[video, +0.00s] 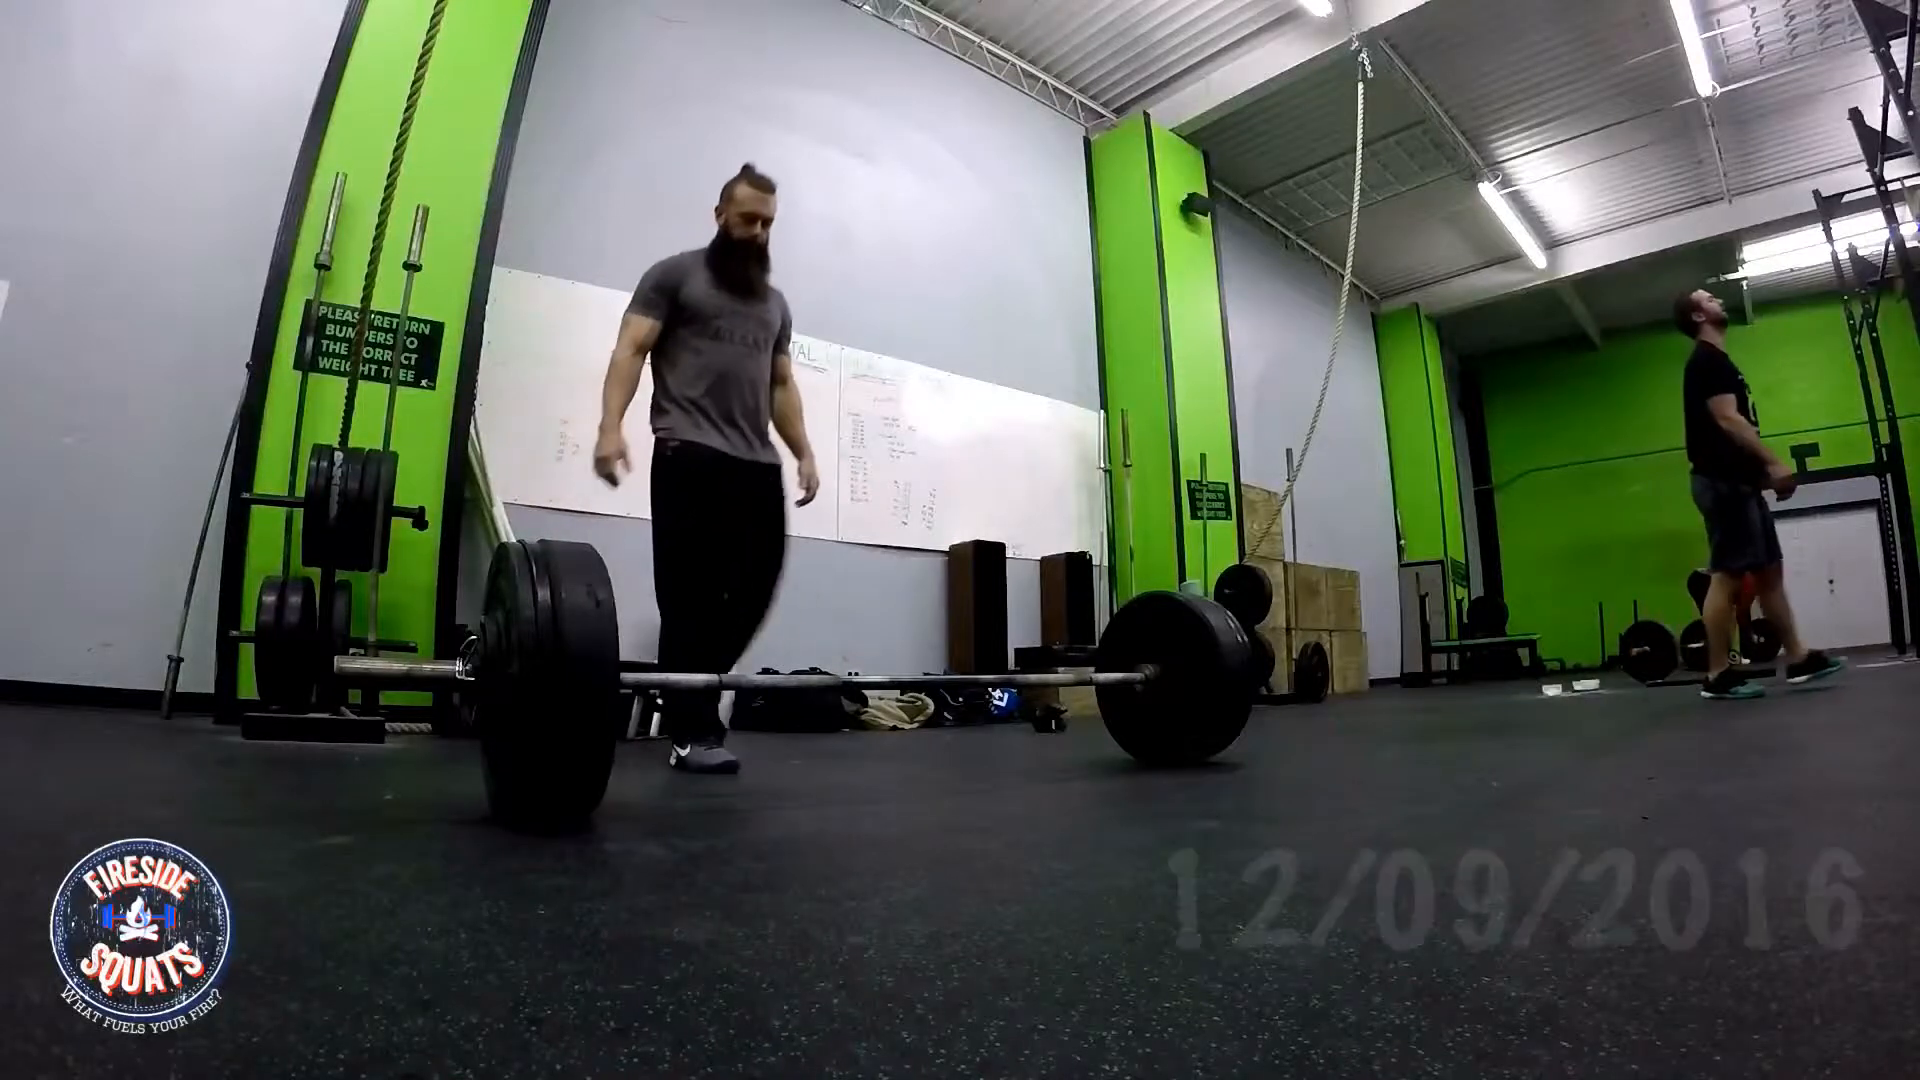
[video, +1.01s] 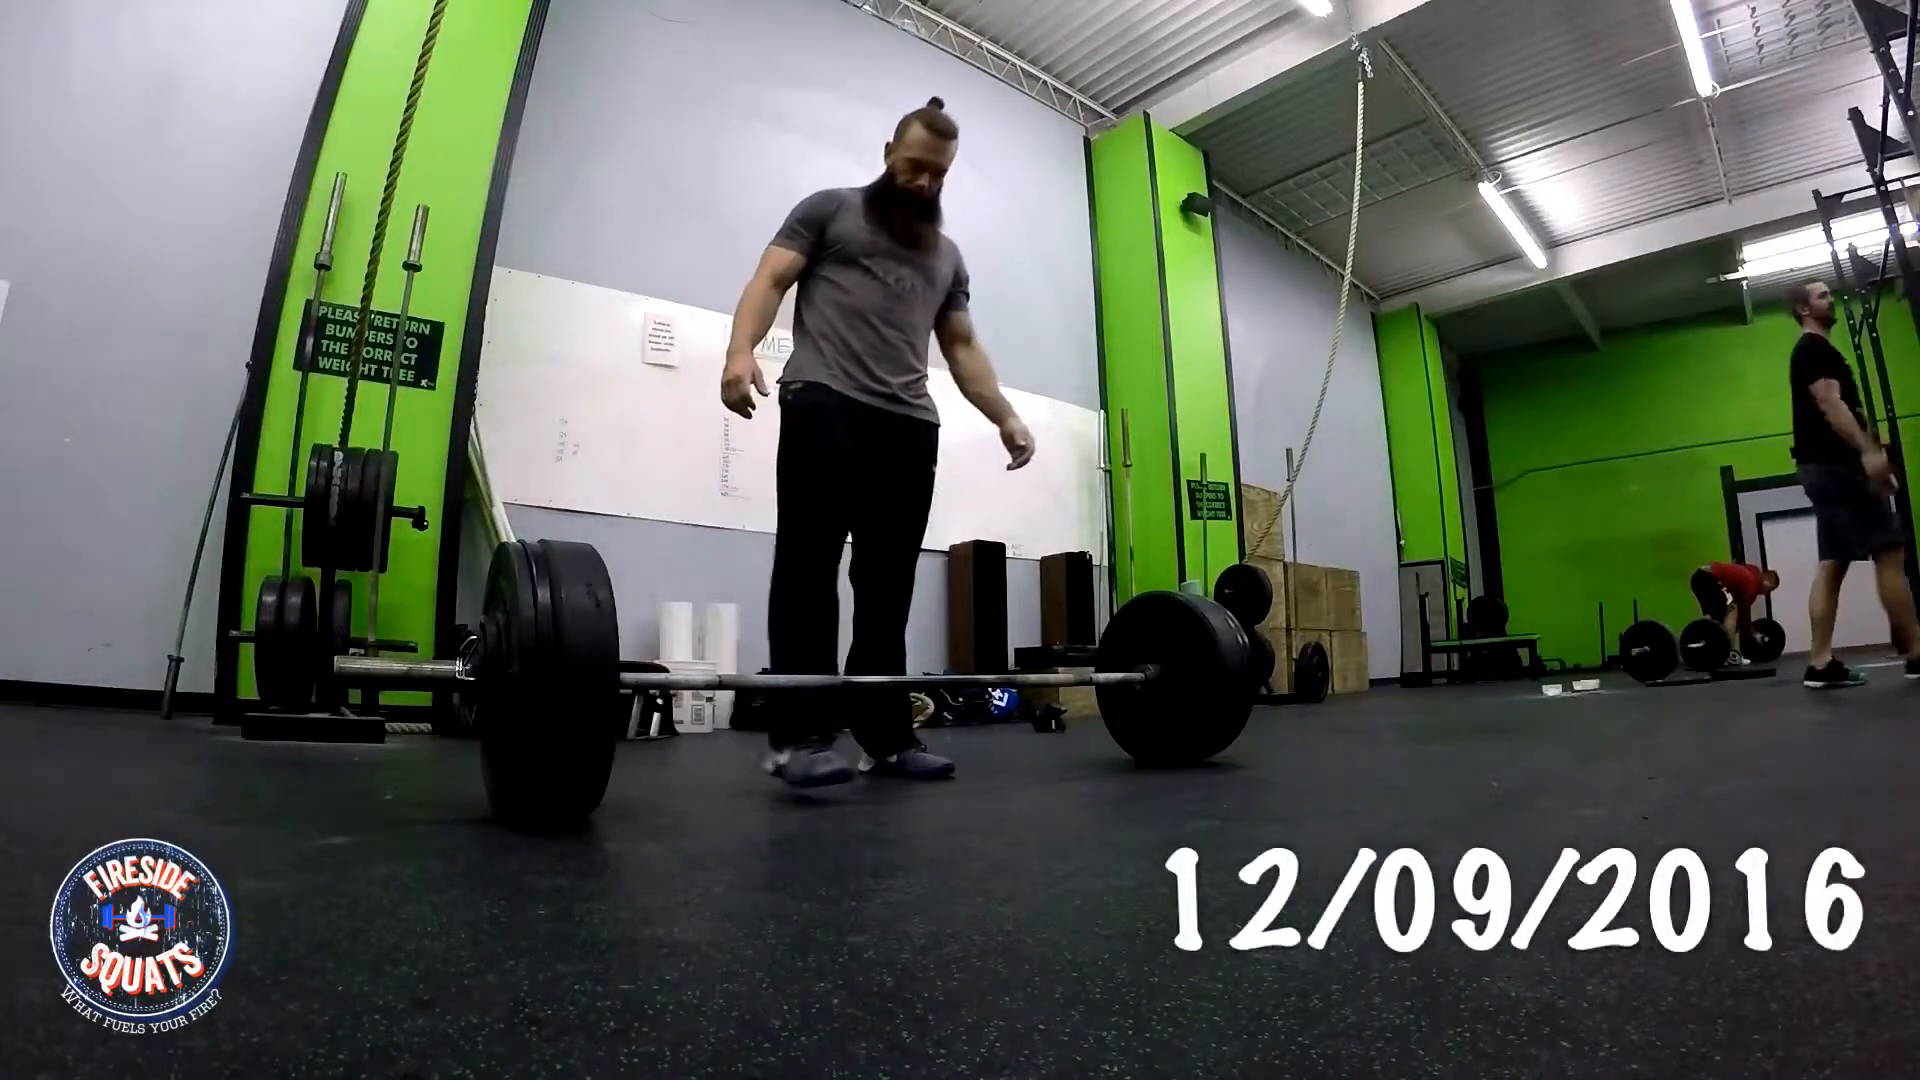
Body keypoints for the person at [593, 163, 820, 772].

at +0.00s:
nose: (757, 231)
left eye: (766, 222)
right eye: (747, 218)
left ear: (773, 224)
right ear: (720, 213)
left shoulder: (775, 304)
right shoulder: (673, 276)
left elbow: (781, 383)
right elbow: (630, 350)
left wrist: (804, 451)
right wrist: (610, 426)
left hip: (754, 464)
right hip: (687, 455)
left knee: (756, 583)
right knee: (692, 588)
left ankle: (686, 696)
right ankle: (693, 737)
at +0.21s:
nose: (784, 211)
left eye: (794, 201)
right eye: (774, 198)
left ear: (804, 203)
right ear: (749, 191)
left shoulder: (797, 285)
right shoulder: (699, 251)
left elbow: (804, 368)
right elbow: (651, 324)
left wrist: (834, 440)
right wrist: (663, 382)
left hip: (783, 451)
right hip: (706, 442)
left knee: (814, 577)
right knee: (702, 593)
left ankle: (800, 718)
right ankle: (694, 736)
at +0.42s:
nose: (829, 208)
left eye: (840, 199)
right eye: (820, 195)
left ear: (850, 201)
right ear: (794, 188)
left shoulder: (838, 285)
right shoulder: (741, 241)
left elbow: (841, 370)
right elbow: (689, 307)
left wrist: (867, 444)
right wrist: (693, 367)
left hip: (815, 456)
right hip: (735, 444)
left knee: (834, 604)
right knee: (717, 595)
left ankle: (883, 736)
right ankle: (698, 736)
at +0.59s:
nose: (880, 199)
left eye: (892, 191)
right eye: (871, 185)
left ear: (902, 196)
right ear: (847, 178)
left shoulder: (892, 278)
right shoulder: (790, 228)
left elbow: (895, 365)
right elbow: (733, 294)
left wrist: (916, 442)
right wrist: (714, 364)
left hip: (864, 442)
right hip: (783, 427)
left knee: (868, 591)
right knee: (754, 574)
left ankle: (883, 741)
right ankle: (711, 724)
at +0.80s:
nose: (912, 191)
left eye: (924, 182)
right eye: (902, 177)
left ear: (934, 184)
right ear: (875, 168)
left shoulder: (929, 268)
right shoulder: (819, 220)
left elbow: (940, 355)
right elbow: (760, 286)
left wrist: (975, 426)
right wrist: (732, 357)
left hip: (890, 430)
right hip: (808, 414)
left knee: (879, 589)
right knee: (784, 575)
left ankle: (885, 741)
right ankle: (750, 737)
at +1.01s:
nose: (921, 181)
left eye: (934, 172)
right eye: (912, 165)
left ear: (948, 172)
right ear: (887, 153)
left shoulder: (945, 257)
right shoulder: (830, 210)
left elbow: (962, 345)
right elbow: (771, 279)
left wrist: (1005, 416)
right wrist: (740, 351)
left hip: (905, 425)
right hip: (822, 411)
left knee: (888, 586)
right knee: (806, 574)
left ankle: (886, 738)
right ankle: (799, 740)